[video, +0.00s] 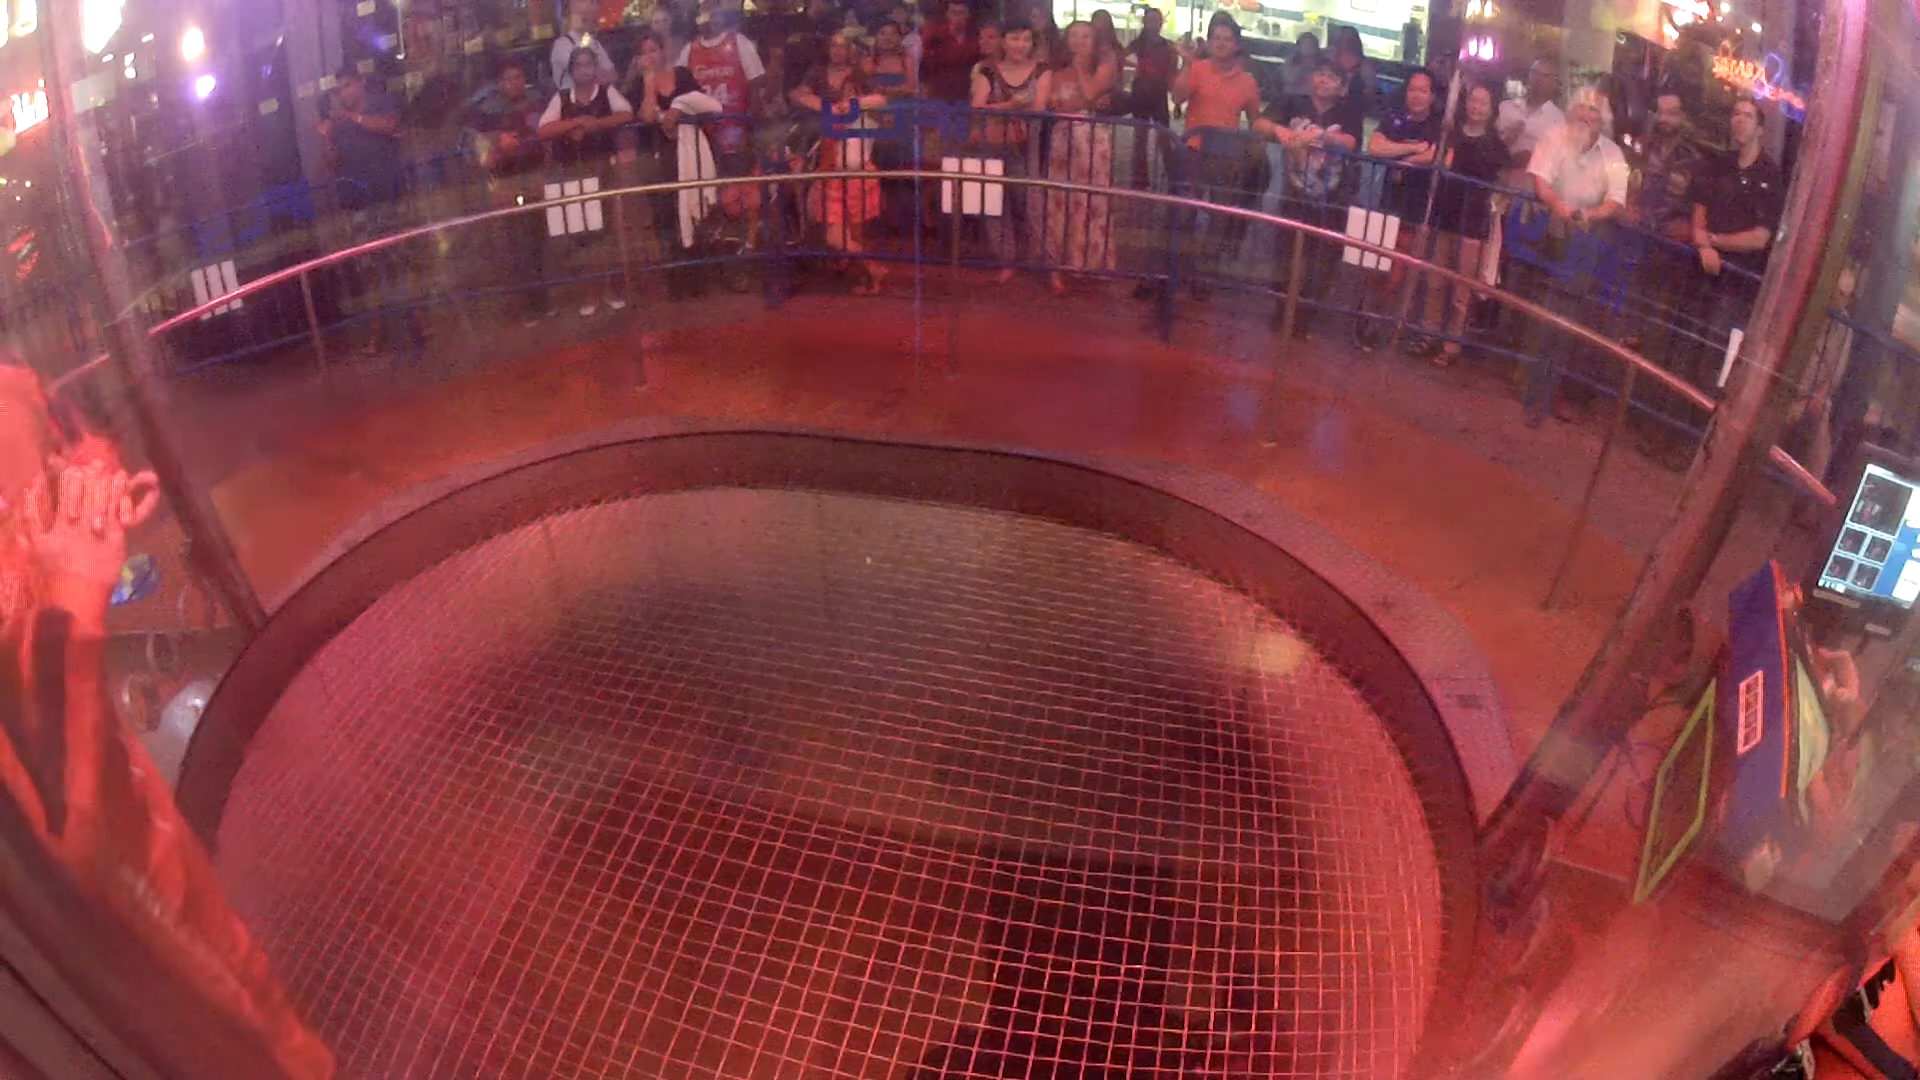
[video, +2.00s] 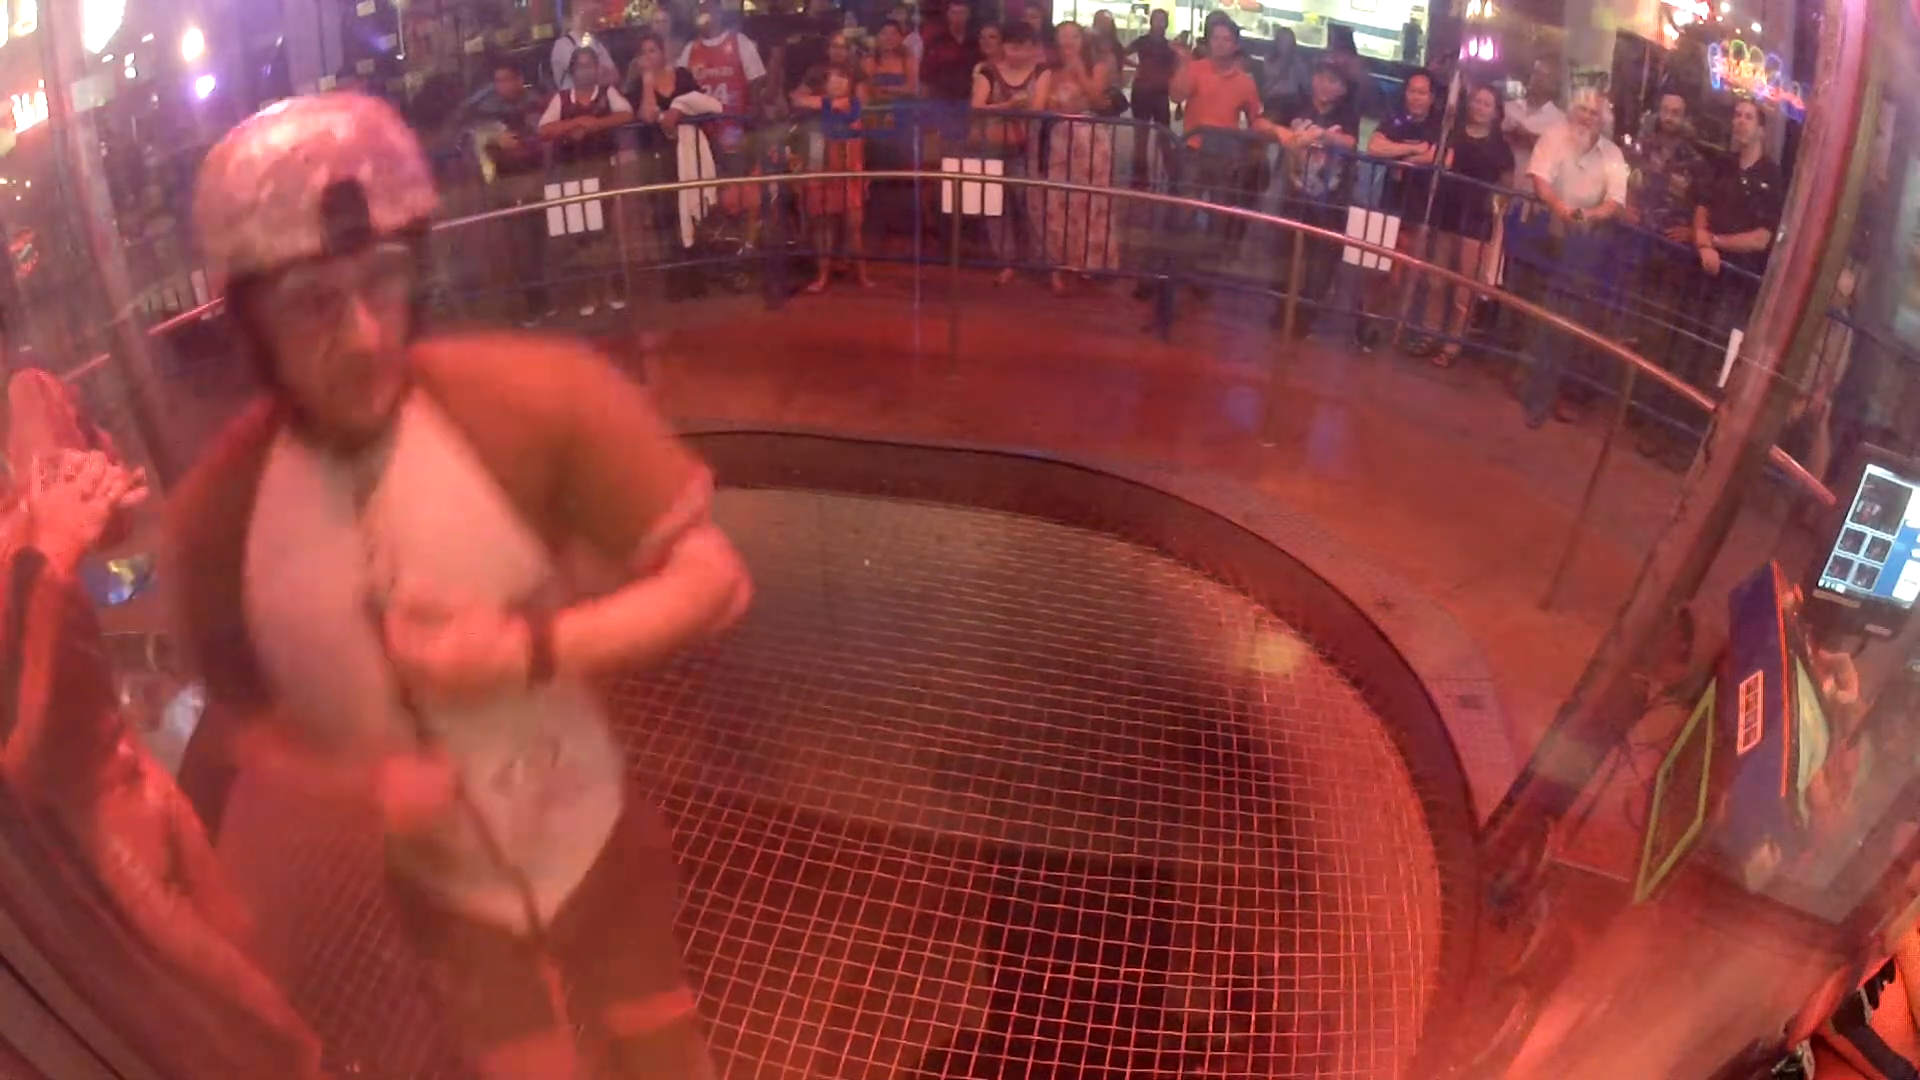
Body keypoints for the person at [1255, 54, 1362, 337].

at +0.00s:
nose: (1322, 81)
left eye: (1330, 78)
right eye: (1319, 75)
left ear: (1342, 89)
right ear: (1310, 79)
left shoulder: (1349, 112)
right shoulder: (1294, 104)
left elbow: (1351, 143)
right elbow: (1259, 124)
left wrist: (1320, 136)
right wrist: (1281, 132)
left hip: (1331, 201)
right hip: (1294, 195)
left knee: (1322, 262)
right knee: (1287, 253)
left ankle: (1306, 317)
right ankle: (1281, 310)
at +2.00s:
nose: (1327, 90)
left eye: (1334, 86)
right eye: (1324, 82)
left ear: (1343, 92)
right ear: (1313, 80)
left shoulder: (1346, 114)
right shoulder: (1293, 106)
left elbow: (1351, 144)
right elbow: (1260, 124)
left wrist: (1325, 135)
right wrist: (1286, 136)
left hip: (1330, 199)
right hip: (1295, 192)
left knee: (1321, 257)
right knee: (1287, 250)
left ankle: (1306, 313)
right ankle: (1281, 306)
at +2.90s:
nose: (1328, 87)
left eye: (1335, 81)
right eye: (1324, 79)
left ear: (1343, 86)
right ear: (1312, 78)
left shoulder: (1346, 111)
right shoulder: (1293, 102)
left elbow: (1351, 144)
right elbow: (1260, 125)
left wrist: (1323, 136)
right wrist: (1283, 135)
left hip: (1332, 196)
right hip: (1295, 189)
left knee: (1324, 254)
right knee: (1287, 247)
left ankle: (1307, 310)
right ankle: (1281, 306)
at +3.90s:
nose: (1326, 85)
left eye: (1333, 81)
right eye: (1323, 78)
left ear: (1343, 88)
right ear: (1313, 78)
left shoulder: (1345, 111)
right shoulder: (1293, 101)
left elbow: (1351, 144)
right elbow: (1262, 124)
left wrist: (1324, 136)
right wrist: (1288, 137)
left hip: (1331, 193)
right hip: (1294, 186)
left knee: (1324, 254)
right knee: (1286, 247)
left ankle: (1308, 313)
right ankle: (1282, 306)